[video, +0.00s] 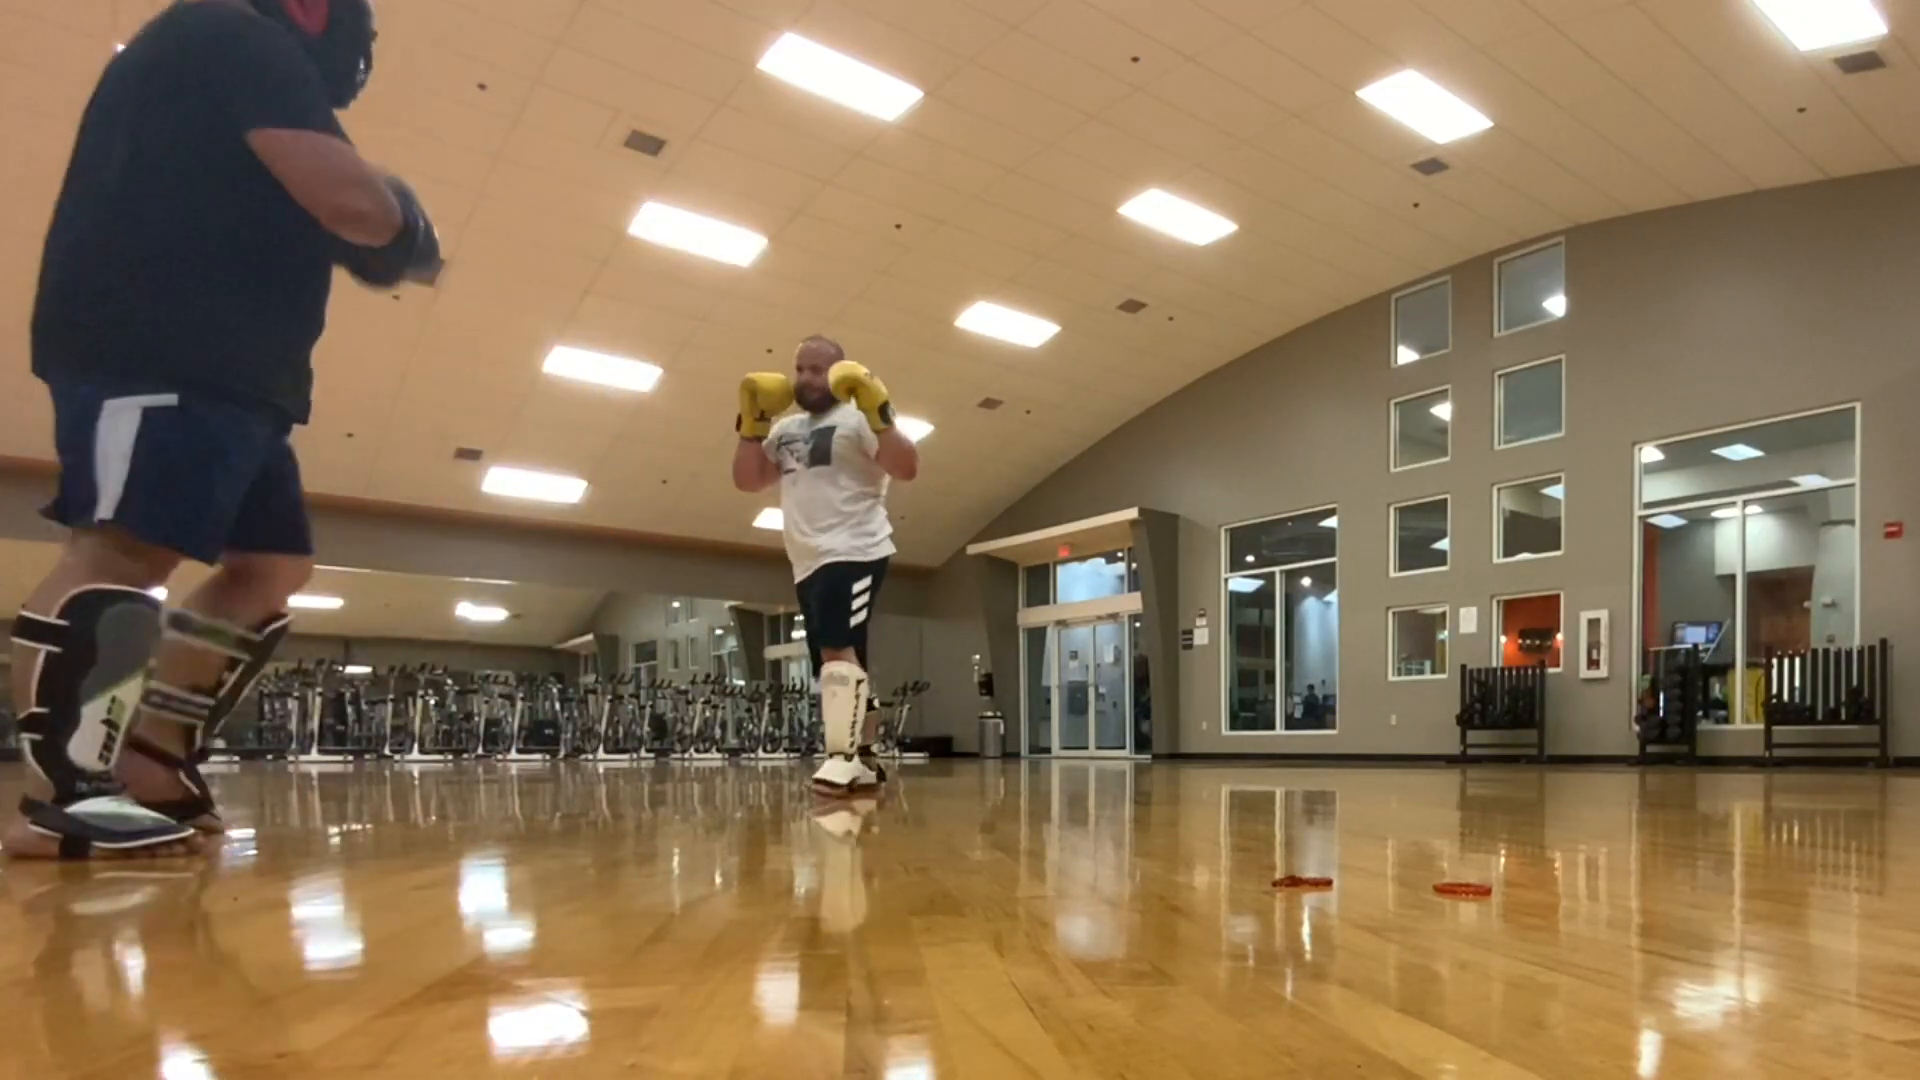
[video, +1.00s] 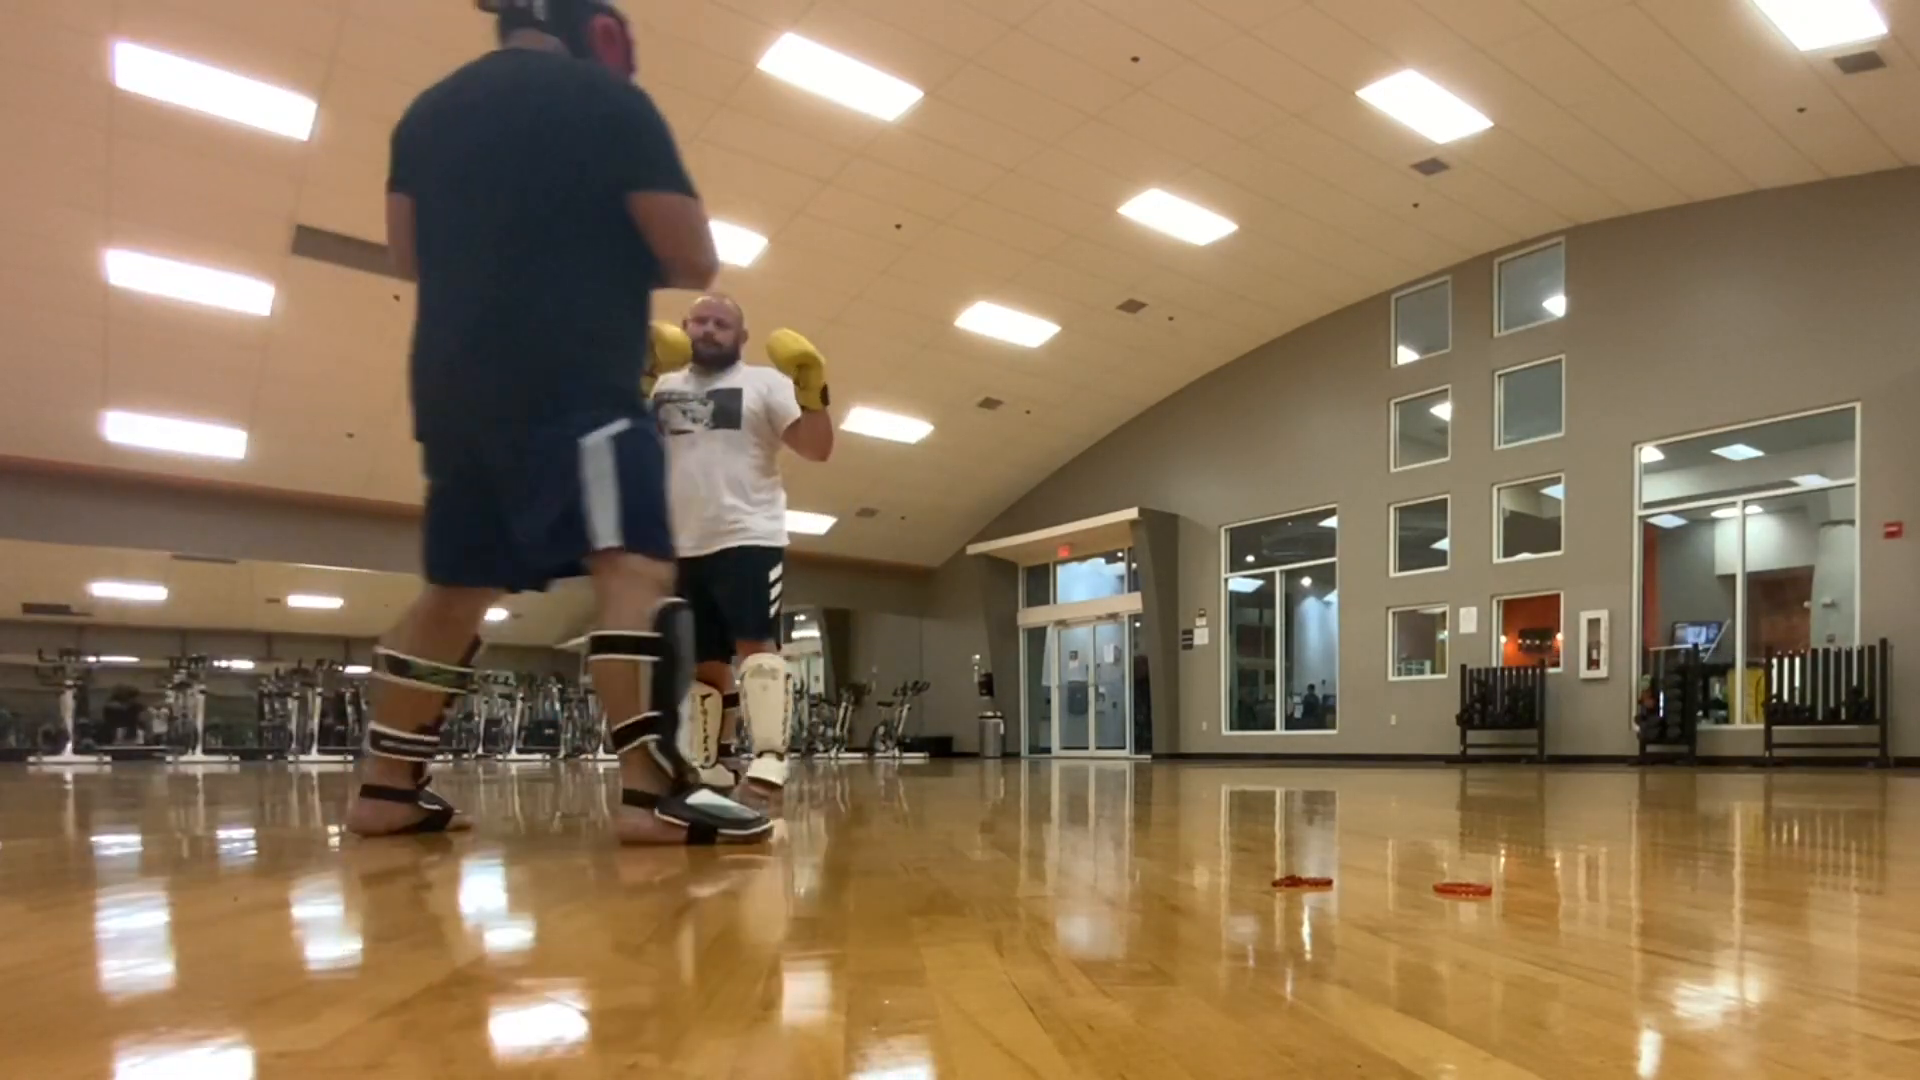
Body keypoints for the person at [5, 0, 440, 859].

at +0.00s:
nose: (362, 49)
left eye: (366, 37)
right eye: (358, 28)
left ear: (292, 10)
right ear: (307, 6)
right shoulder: (240, 36)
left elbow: (264, 211)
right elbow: (350, 203)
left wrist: (371, 249)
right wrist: (410, 226)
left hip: (216, 366)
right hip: (161, 350)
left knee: (272, 562)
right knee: (128, 551)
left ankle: (152, 760)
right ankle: (40, 785)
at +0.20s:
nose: (352, 67)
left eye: (359, 56)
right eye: (356, 47)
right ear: (329, 7)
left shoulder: (146, 35)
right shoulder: (273, 39)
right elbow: (397, 216)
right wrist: (412, 170)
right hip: (192, 356)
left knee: (313, 555)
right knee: (126, 558)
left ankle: (297, 761)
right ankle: (42, 784)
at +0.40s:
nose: (403, 57)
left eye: (403, 46)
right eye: (398, 37)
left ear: (289, 0)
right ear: (365, 8)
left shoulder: (195, 68)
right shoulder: (334, 48)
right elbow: (447, 222)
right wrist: (472, 233)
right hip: (272, 364)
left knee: (374, 579)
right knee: (194, 567)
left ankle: (378, 789)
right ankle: (61, 782)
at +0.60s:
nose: (448, 26)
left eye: (448, 21)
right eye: (445, 16)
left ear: (333, 0)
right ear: (416, 2)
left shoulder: (279, 76)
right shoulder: (402, 48)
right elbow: (525, 205)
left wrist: (484, 220)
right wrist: (549, 201)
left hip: (294, 348)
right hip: (379, 343)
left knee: (364, 569)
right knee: (398, 560)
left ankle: (379, 784)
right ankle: (184, 725)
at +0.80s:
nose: (521, 34)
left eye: (520, 23)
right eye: (517, 19)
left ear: (403, 12)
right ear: (485, 9)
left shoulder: (345, 95)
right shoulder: (486, 69)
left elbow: (359, 235)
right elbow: (591, 216)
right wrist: (618, 183)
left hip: (354, 364)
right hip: (463, 360)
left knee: (385, 570)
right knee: (514, 545)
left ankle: (371, 789)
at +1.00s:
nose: (628, 62)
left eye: (628, 47)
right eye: (624, 43)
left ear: (506, 24)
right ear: (599, 30)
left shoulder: (429, 108)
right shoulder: (610, 102)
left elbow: (407, 255)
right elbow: (692, 257)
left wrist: (506, 250)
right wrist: (605, 232)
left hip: (456, 386)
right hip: (580, 382)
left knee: (459, 585)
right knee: (633, 569)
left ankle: (386, 788)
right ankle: (648, 790)